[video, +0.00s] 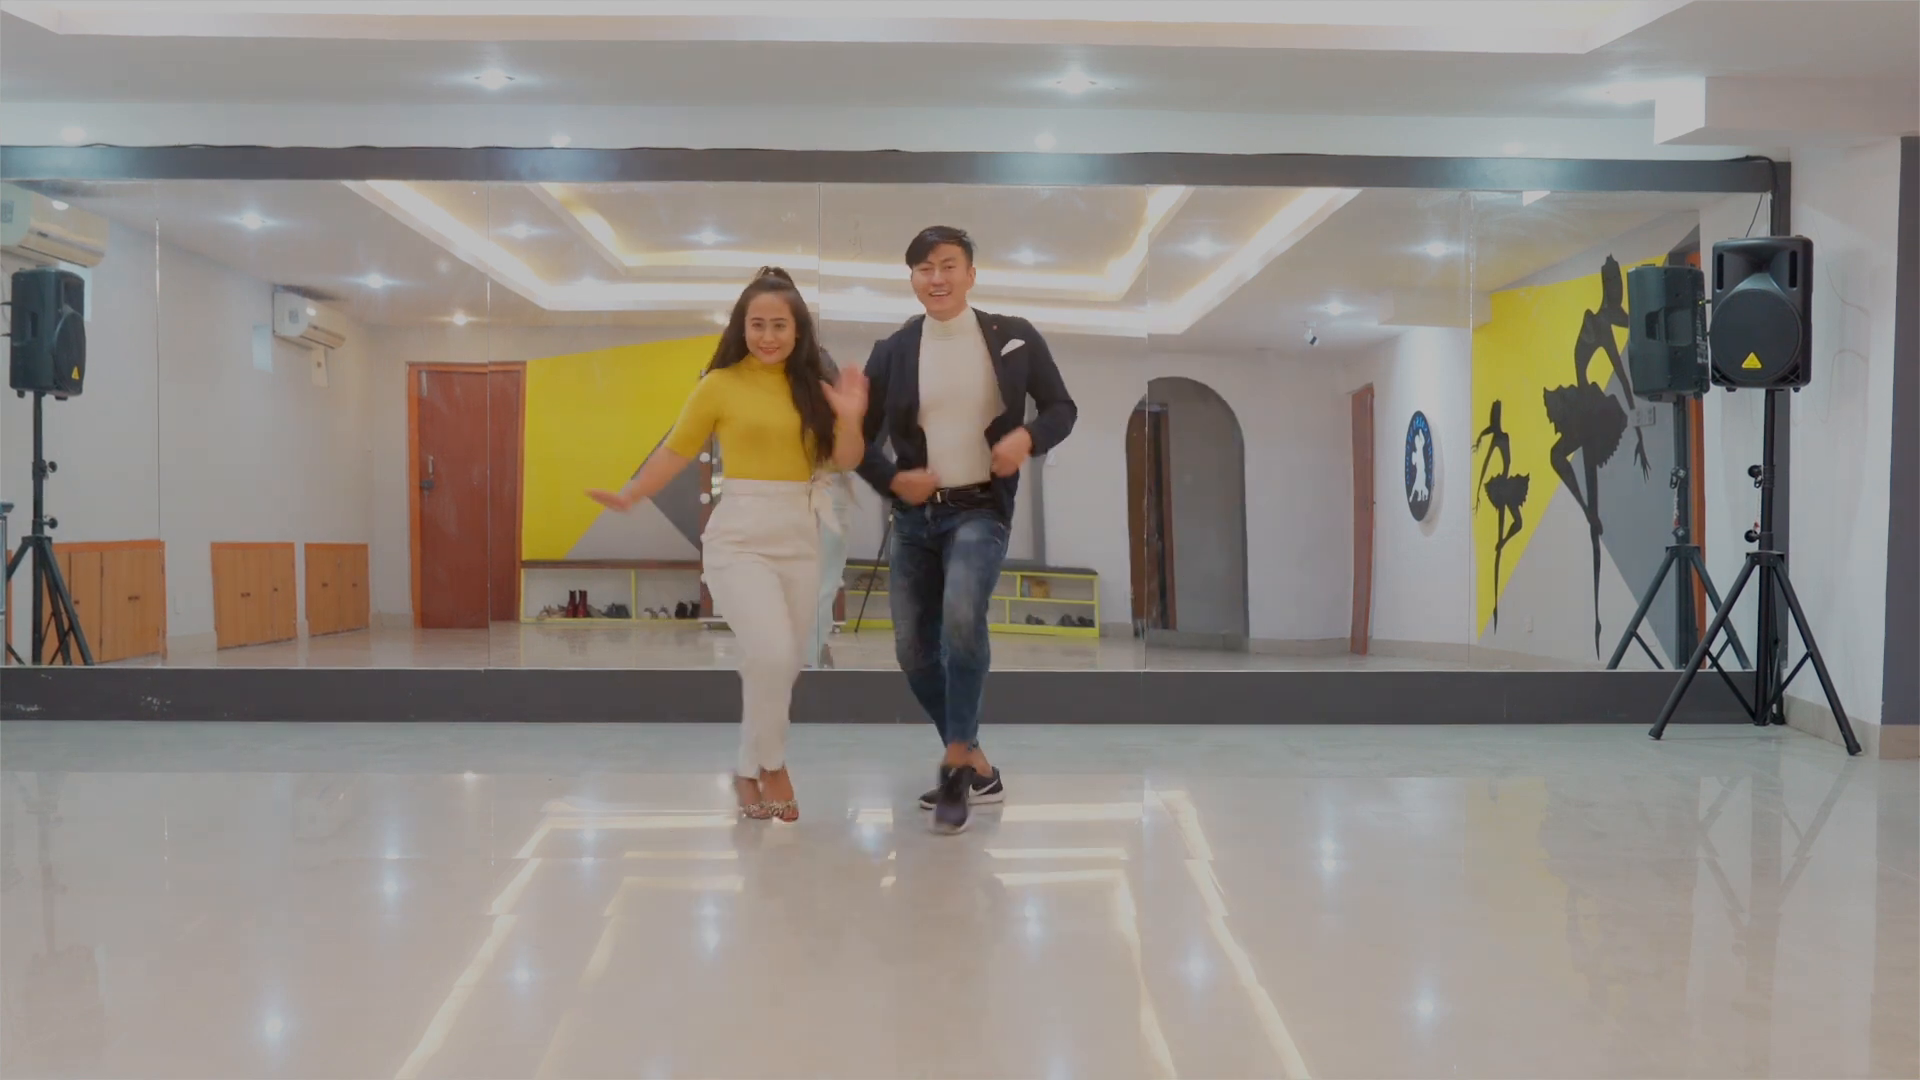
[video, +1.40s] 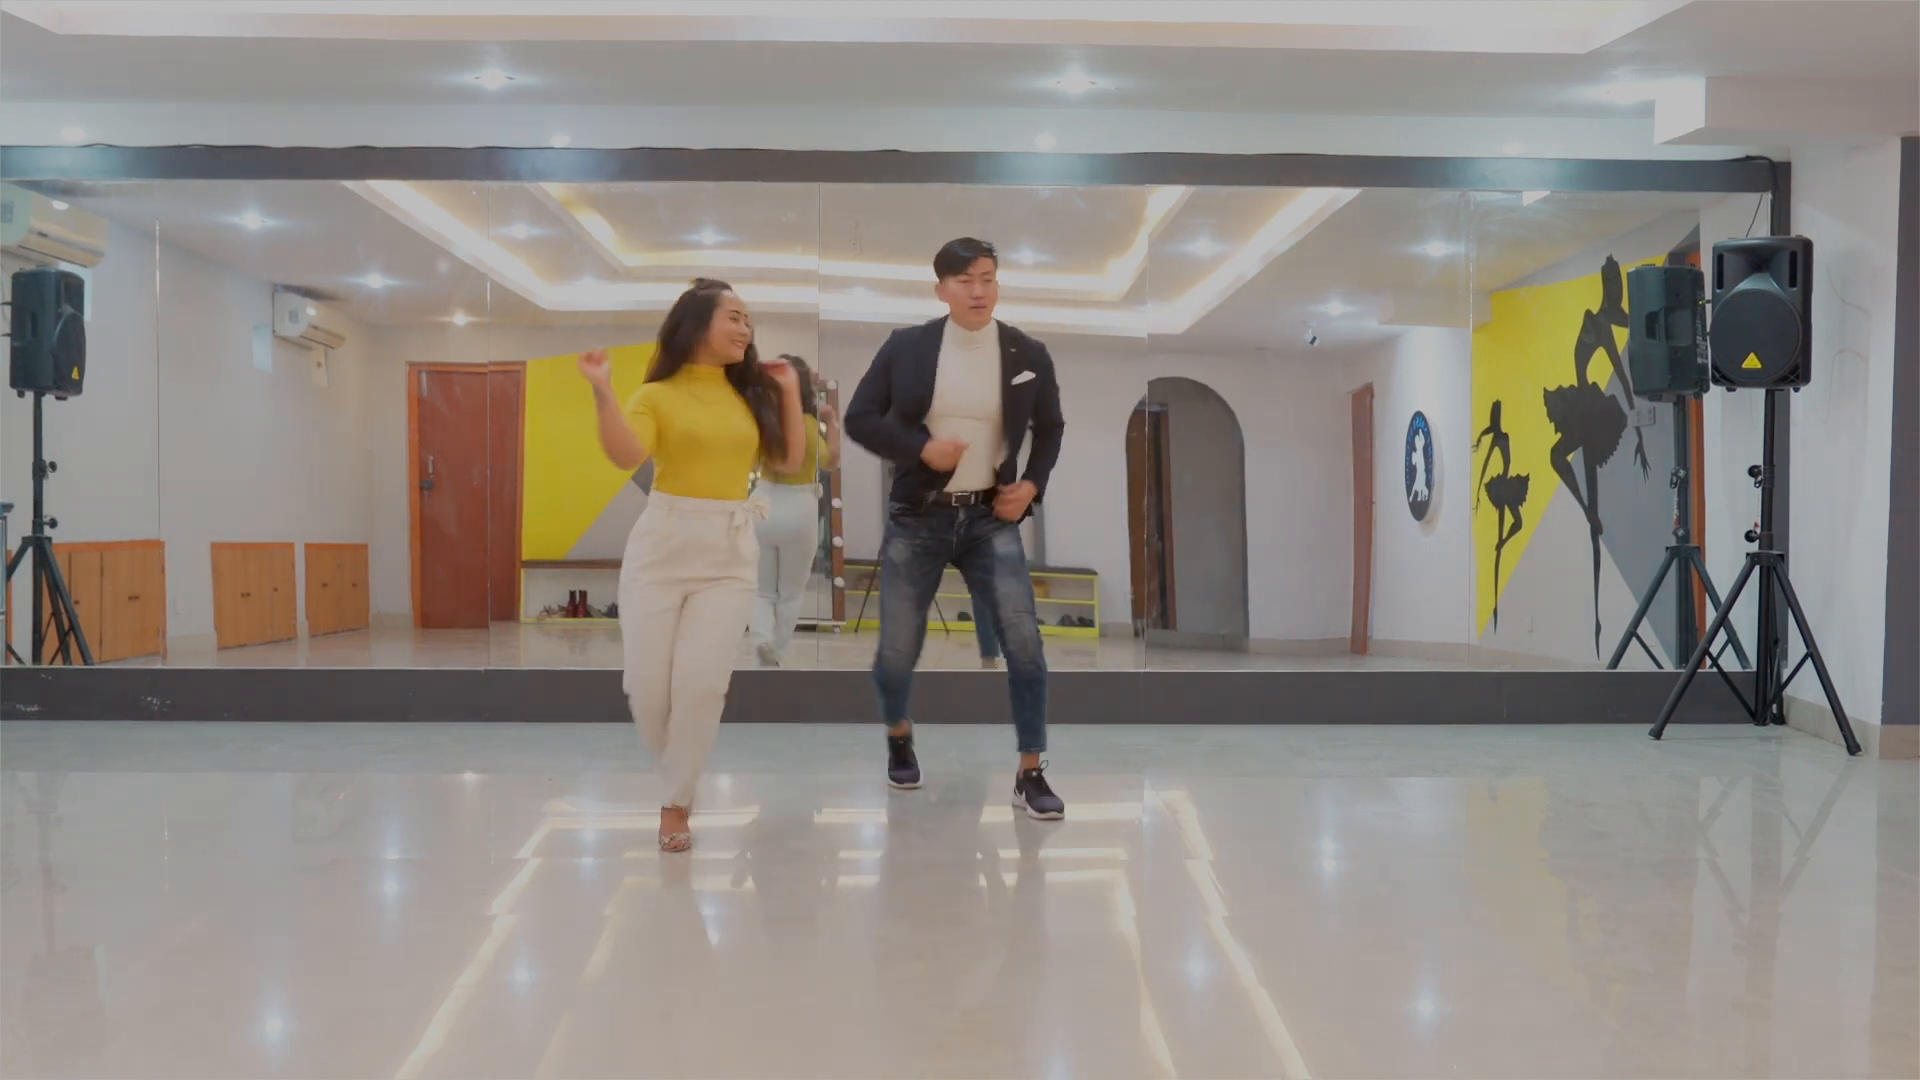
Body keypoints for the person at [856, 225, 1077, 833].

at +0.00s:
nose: (938, 277)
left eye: (949, 266)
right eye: (927, 268)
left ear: (971, 273)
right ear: (912, 278)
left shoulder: (1013, 336)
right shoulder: (890, 352)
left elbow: (1061, 409)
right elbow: (859, 438)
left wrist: (1028, 438)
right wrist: (892, 478)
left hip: (978, 509)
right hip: (912, 514)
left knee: (962, 622)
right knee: (914, 649)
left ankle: (956, 769)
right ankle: (974, 763)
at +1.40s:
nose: (981, 290)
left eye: (989, 279)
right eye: (968, 280)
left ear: (1000, 285)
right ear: (943, 287)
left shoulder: (1027, 354)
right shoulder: (906, 347)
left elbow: (1050, 428)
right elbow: (860, 418)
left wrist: (1031, 484)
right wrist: (919, 446)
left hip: (993, 518)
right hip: (917, 518)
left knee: (1024, 641)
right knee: (896, 651)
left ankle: (1031, 769)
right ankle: (899, 735)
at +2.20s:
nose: (856, 302)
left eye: (871, 294)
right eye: (855, 291)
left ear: (906, 303)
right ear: (855, 296)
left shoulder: (918, 353)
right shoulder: (866, 363)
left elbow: (932, 412)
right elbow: (864, 439)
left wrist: (856, 443)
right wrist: (830, 488)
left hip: (917, 541)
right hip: (860, 537)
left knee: (958, 667)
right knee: (782, 636)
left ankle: (1055, 738)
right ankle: (811, 774)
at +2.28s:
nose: (839, 304)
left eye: (854, 296)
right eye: (838, 292)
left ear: (890, 304)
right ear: (835, 293)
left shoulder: (909, 355)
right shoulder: (837, 359)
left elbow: (920, 410)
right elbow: (835, 438)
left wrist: (833, 435)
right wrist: (800, 493)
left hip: (907, 533)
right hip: (850, 533)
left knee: (916, 663)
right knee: (779, 641)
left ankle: (1008, 741)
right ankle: (811, 775)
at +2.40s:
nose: (824, 312)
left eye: (838, 305)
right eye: (824, 301)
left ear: (877, 315)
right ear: (825, 301)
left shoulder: (904, 363)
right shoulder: (812, 358)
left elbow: (903, 423)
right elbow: (792, 445)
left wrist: (808, 419)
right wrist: (752, 518)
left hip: (902, 535)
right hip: (844, 537)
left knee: (867, 638)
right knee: (771, 644)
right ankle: (811, 776)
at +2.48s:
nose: (819, 326)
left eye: (832, 318)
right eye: (820, 315)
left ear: (871, 326)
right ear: (824, 314)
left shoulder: (899, 378)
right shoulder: (810, 369)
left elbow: (892, 443)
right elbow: (777, 454)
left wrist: (804, 426)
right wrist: (731, 523)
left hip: (894, 548)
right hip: (841, 550)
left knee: (841, 647)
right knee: (757, 647)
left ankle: (861, 804)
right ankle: (809, 774)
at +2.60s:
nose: (812, 341)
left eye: (827, 333)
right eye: (816, 329)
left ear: (864, 350)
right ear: (827, 338)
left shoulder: (885, 406)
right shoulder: (806, 410)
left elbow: (876, 481)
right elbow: (766, 479)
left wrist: (789, 451)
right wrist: (711, 507)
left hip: (885, 578)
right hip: (835, 581)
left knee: (810, 670)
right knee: (744, 655)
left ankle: (860, 815)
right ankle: (807, 775)